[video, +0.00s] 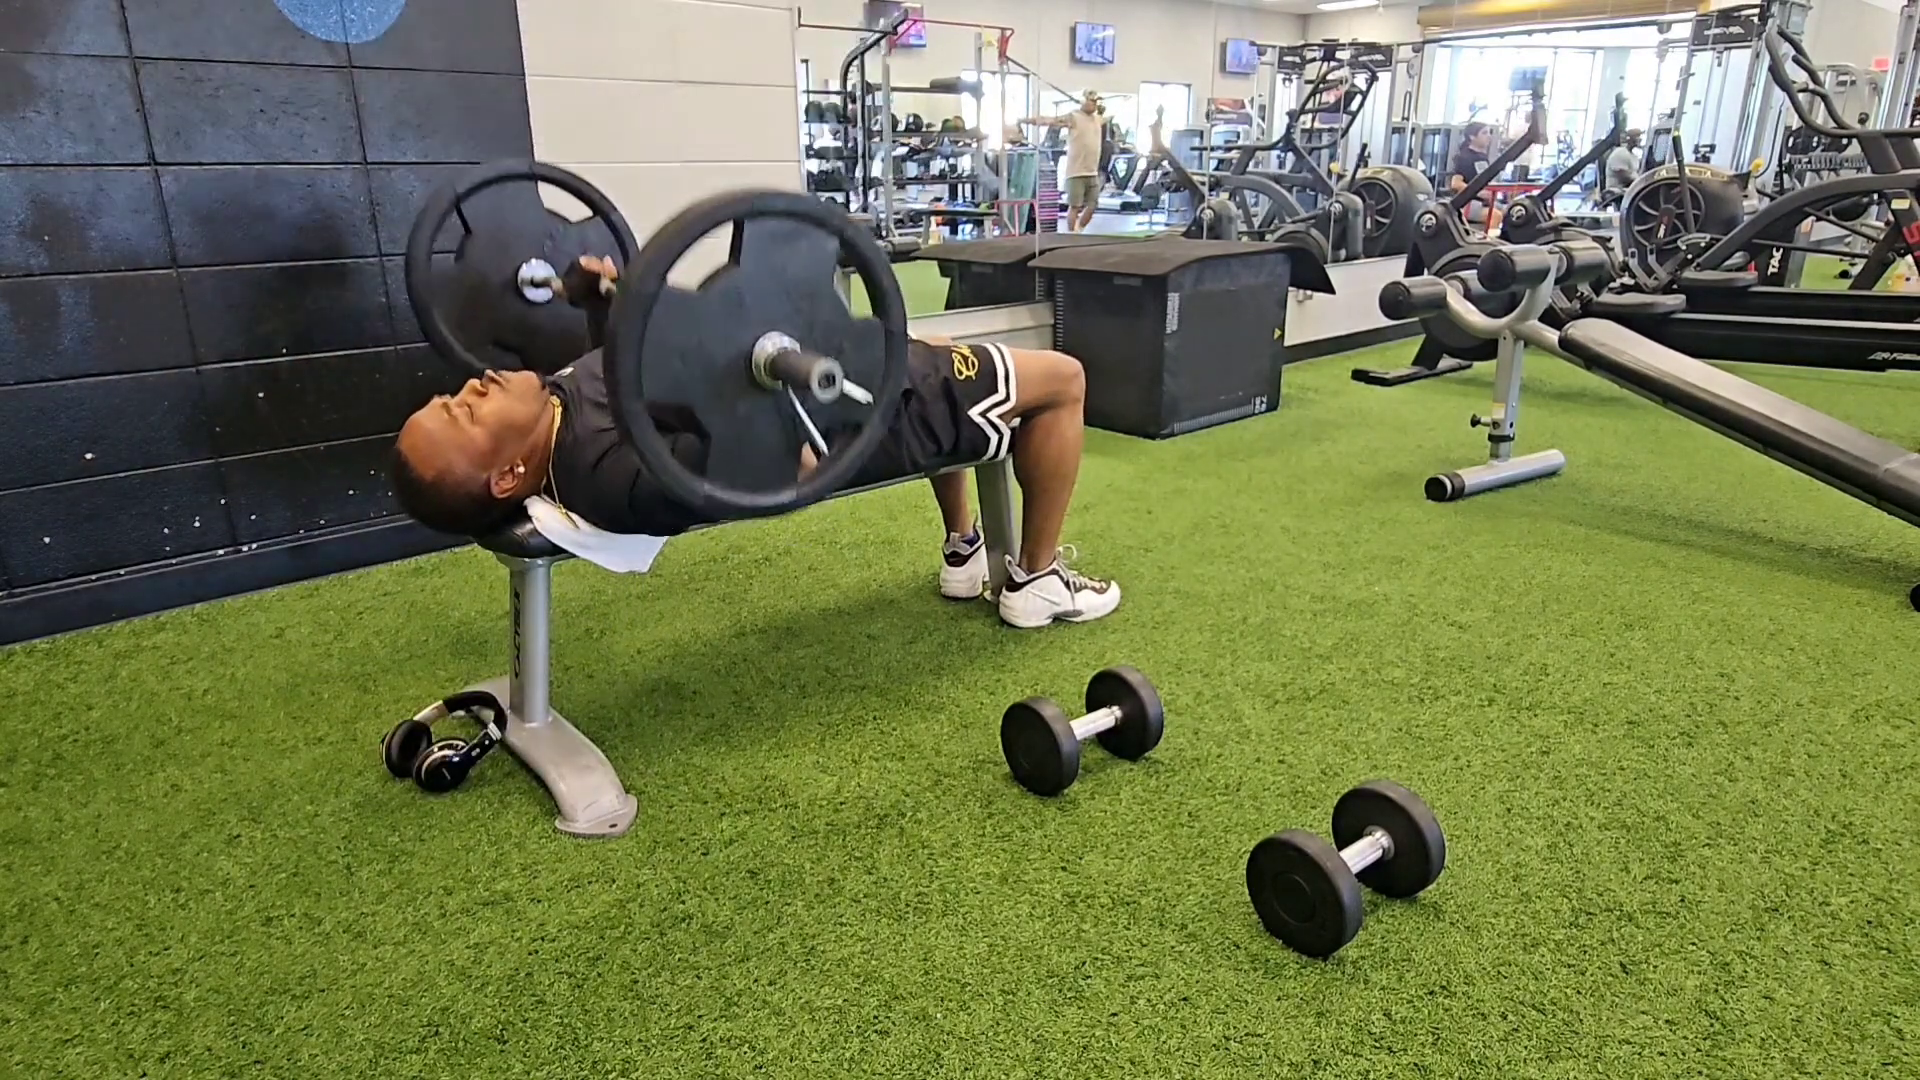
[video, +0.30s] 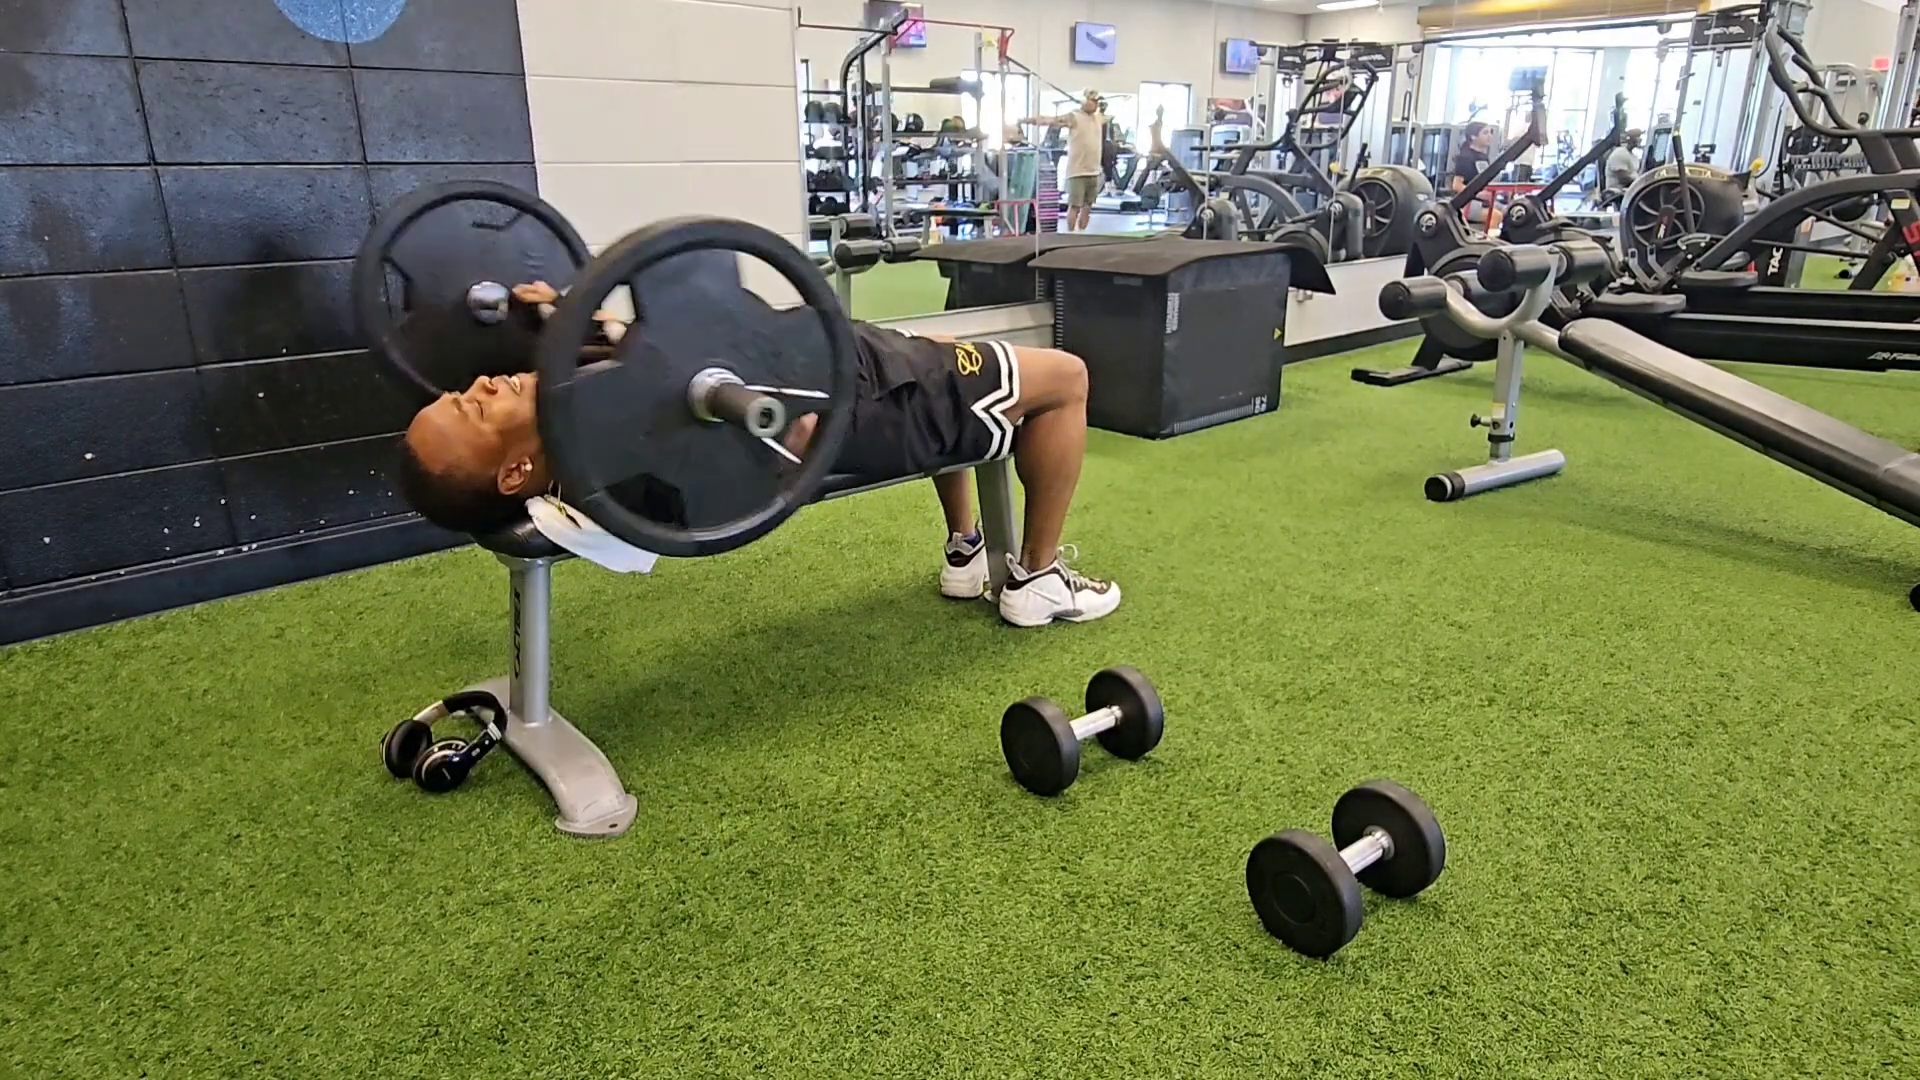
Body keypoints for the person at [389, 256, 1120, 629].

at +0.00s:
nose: (477, 376)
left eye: (455, 393)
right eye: (469, 404)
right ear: (513, 472)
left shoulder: (558, 393)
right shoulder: (612, 473)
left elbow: (653, 354)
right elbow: (757, 479)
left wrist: (614, 301)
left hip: (776, 377)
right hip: (832, 427)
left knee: (938, 350)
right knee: (1064, 380)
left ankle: (965, 549)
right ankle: (1039, 577)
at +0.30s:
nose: (490, 382)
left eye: (470, 388)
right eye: (482, 405)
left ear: (502, 374)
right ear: (518, 472)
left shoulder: (562, 393)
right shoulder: (598, 457)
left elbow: (632, 345)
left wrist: (561, 315)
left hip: (803, 357)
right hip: (854, 411)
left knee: (945, 344)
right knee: (1067, 379)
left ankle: (967, 544)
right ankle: (1040, 577)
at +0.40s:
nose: (495, 385)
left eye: (484, 383)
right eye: (483, 400)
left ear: (487, 393)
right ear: (488, 450)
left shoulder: (542, 396)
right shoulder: (553, 449)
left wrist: (471, 326)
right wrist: (496, 346)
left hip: (790, 349)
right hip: (834, 393)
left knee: (942, 345)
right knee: (1061, 375)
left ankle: (970, 548)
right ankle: (1040, 575)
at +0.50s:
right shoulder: (545, 415)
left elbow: (516, 271)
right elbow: (686, 332)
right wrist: (556, 324)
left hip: (788, 351)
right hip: (829, 395)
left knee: (942, 354)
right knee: (1055, 374)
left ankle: (968, 550)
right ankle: (1041, 573)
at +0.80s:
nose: (429, 409)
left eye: (415, 425)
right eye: (434, 431)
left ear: (406, 445)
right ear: (476, 478)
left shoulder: (459, 423)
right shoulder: (580, 461)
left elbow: (377, 329)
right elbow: (517, 375)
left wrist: (368, 460)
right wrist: (417, 485)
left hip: (772, 340)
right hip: (827, 382)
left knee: (926, 344)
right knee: (1048, 372)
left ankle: (967, 545)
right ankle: (1039, 574)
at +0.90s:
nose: (452, 400)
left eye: (440, 411)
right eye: (452, 419)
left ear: (421, 469)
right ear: (493, 469)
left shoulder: (496, 422)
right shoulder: (597, 468)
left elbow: (369, 353)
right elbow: (501, 412)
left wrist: (384, 494)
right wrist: (428, 524)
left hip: (779, 341)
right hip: (837, 384)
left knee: (930, 343)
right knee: (1050, 372)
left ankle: (966, 546)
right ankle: (1038, 574)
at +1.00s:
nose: (446, 397)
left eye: (430, 412)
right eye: (444, 421)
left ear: (426, 467)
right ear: (483, 470)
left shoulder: (495, 417)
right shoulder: (595, 464)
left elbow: (368, 347)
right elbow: (491, 412)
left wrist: (378, 485)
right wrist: (437, 551)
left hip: (780, 340)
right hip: (836, 382)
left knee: (930, 342)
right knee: (1049, 372)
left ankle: (966, 547)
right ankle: (1037, 574)